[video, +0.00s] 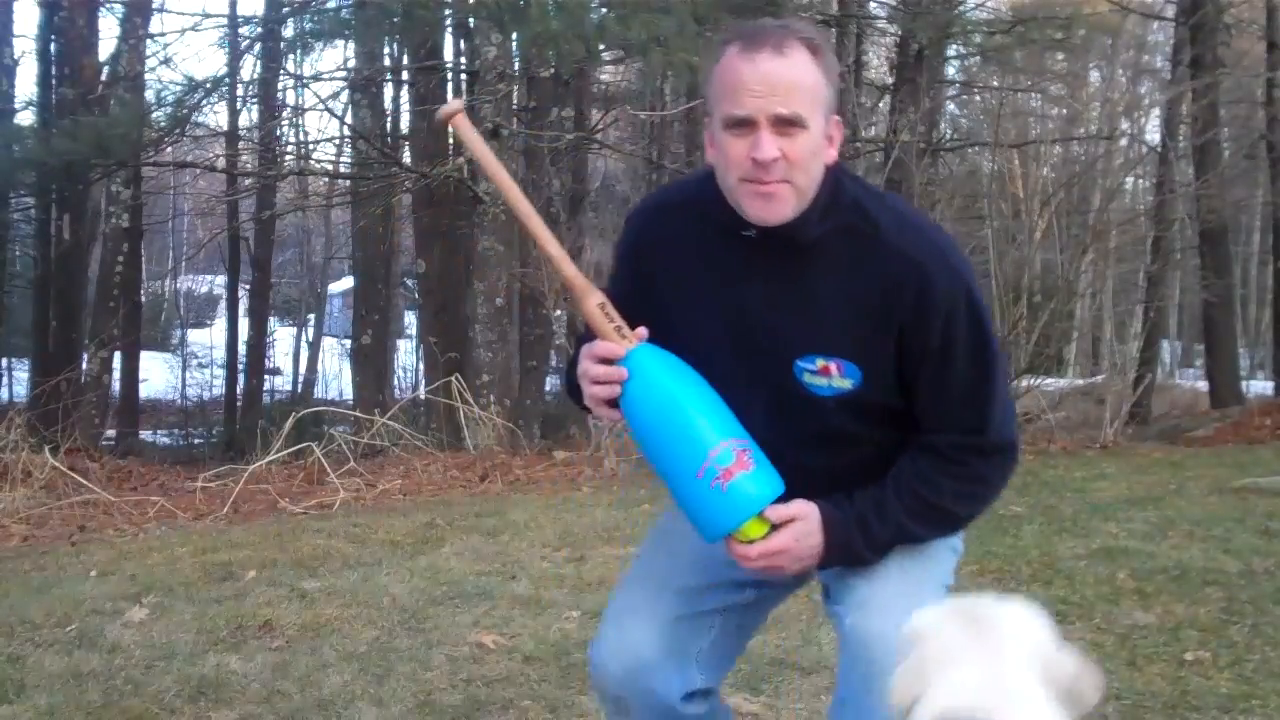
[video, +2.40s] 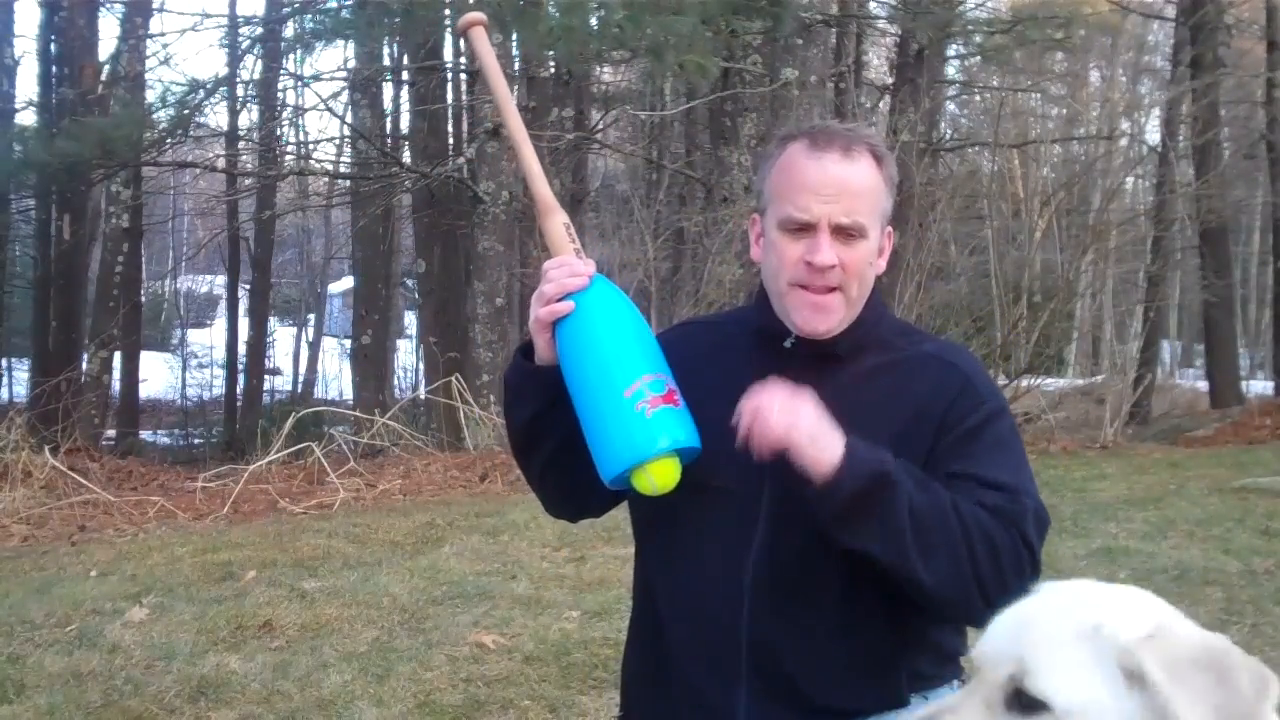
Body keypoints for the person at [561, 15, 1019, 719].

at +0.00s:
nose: (763, 151)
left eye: (788, 126)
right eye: (739, 126)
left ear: (832, 139)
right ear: (708, 138)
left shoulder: (913, 261)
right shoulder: (661, 232)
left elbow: (978, 449)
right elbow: (606, 350)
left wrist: (837, 530)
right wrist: (588, 378)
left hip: (891, 507)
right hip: (727, 495)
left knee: (889, 690)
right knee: (631, 670)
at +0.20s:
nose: (798, 178)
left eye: (824, 154)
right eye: (774, 153)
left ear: (864, 174)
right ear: (741, 175)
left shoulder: (945, 309)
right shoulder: (693, 280)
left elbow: (998, 510)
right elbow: (621, 425)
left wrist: (847, 563)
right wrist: (600, 403)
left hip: (913, 588)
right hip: (745, 584)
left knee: (902, 695)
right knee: (661, 710)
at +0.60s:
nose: (835, 212)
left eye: (859, 190)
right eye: (812, 190)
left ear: (902, 218)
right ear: (781, 219)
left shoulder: (979, 362)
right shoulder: (723, 334)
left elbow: (1019, 563)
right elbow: (650, 480)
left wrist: (833, 565)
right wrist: (614, 411)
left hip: (899, 667)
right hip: (735, 673)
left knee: (913, 712)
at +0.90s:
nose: (840, 230)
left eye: (865, 209)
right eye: (818, 209)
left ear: (906, 237)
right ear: (785, 235)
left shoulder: (979, 378)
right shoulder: (711, 358)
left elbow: (1025, 550)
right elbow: (606, 490)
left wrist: (863, 479)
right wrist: (568, 366)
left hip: (902, 697)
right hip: (716, 697)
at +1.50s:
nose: (796, 231)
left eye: (820, 207)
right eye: (771, 207)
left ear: (857, 230)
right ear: (735, 229)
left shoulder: (924, 369)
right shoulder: (652, 351)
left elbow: (946, 549)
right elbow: (531, 460)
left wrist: (774, 462)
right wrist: (516, 323)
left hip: (850, 701)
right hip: (668, 701)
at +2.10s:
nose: (813, 262)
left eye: (840, 239)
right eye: (789, 235)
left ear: (874, 253)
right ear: (748, 240)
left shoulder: (934, 379)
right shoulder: (670, 363)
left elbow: (973, 560)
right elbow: (573, 498)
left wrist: (838, 408)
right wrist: (534, 376)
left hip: (880, 700)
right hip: (686, 700)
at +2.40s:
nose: (820, 256)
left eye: (847, 232)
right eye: (798, 228)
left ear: (883, 248)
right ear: (757, 239)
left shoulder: (946, 387)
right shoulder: (678, 359)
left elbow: (998, 566)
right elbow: (575, 491)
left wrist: (844, 467)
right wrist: (544, 363)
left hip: (880, 707)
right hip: (682, 702)